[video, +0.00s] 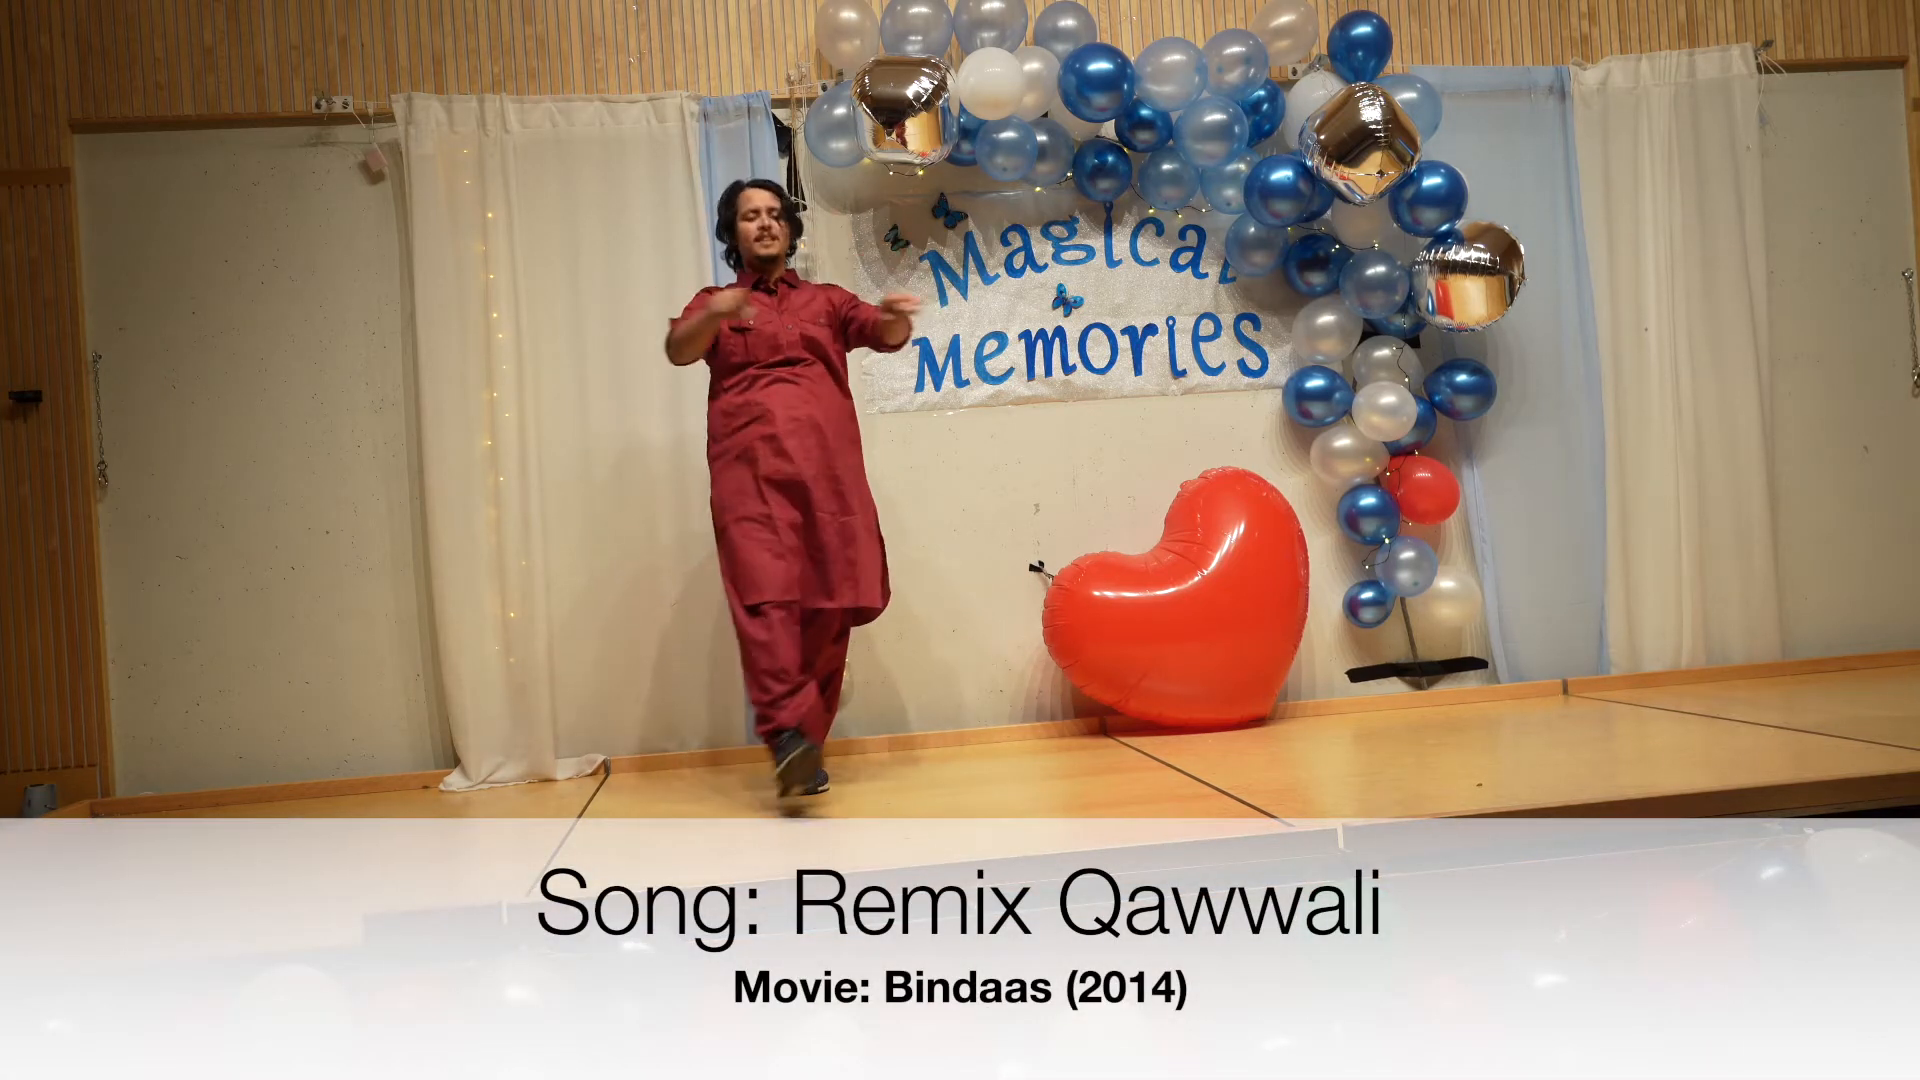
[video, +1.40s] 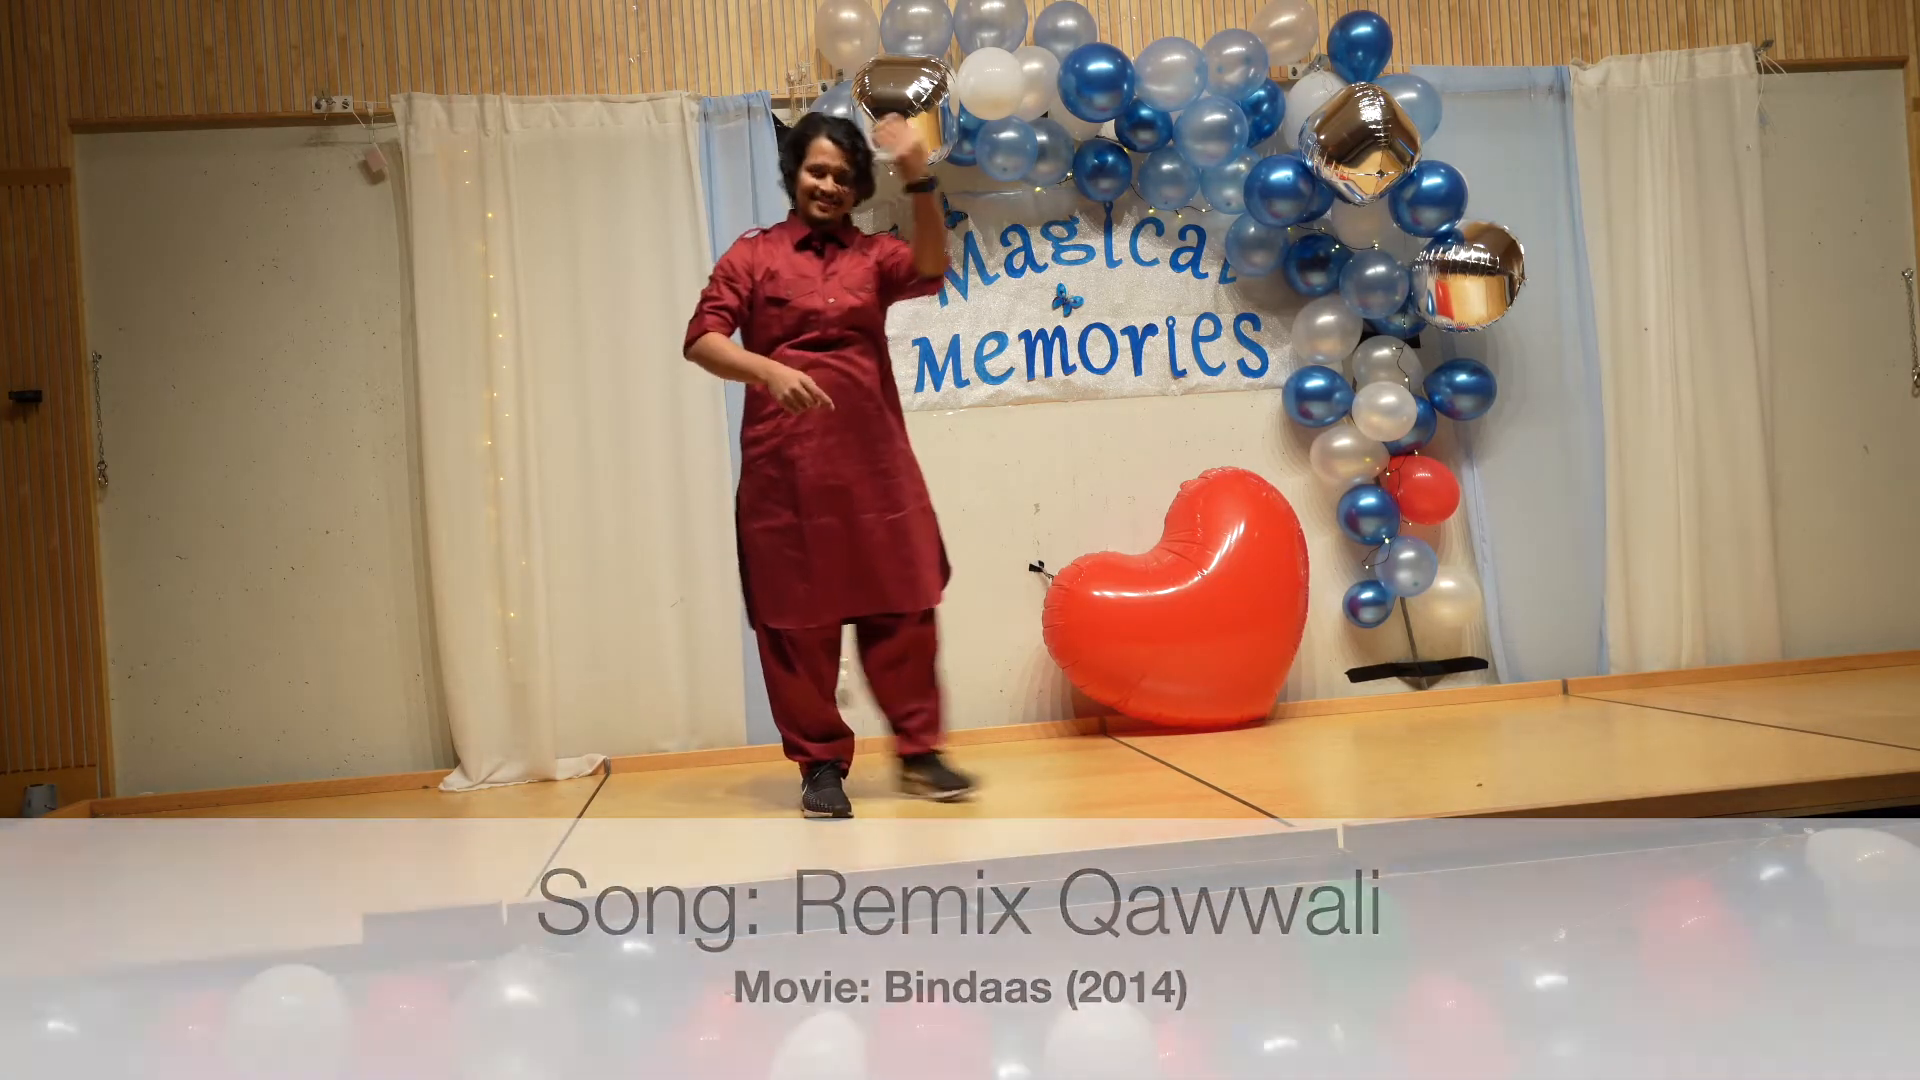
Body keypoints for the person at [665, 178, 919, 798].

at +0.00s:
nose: (764, 224)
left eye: (773, 215)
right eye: (752, 217)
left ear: (791, 229)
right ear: (732, 235)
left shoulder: (826, 299)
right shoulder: (714, 303)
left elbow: (888, 335)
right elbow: (678, 353)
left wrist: (895, 318)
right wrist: (714, 313)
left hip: (827, 471)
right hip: (750, 476)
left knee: (827, 606)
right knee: (767, 602)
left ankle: (808, 742)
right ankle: (791, 742)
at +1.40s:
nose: (827, 185)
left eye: (841, 176)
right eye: (815, 172)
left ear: (858, 185)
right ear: (792, 175)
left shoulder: (876, 252)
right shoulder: (752, 253)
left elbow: (931, 268)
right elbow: (702, 340)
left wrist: (917, 182)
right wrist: (767, 370)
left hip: (873, 456)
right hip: (785, 465)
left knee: (903, 604)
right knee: (796, 618)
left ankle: (920, 753)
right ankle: (820, 766)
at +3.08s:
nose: (1078, 114)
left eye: (1092, 102)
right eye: (1063, 100)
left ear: (1110, 118)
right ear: (1035, 112)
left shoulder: (1131, 221)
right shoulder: (991, 207)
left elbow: (1151, 327)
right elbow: (946, 316)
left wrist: (1192, 390)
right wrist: (1023, 390)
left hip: (1111, 442)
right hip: (1019, 446)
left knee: (1123, 600)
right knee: (1043, 609)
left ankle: (1064, 725)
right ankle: (1084, 776)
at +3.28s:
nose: (1086, 93)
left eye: (1100, 82)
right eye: (1069, 81)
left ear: (1120, 103)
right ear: (1042, 101)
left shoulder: (1149, 206)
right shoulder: (1004, 194)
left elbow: (1185, 298)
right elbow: (963, 298)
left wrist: (1197, 338)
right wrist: (1047, 355)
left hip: (1135, 435)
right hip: (1037, 439)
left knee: (1164, 597)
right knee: (1051, 610)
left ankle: (1167, 767)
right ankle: (1084, 782)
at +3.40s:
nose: (1097, 84)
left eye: (1110, 74)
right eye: (1081, 74)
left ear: (1131, 99)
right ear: (1052, 100)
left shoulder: (1165, 200)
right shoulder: (1019, 190)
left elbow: (1224, 293)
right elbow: (975, 277)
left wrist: (1222, 278)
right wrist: (1067, 301)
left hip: (1150, 435)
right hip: (1050, 441)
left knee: (1187, 601)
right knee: (1057, 613)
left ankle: (1228, 775)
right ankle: (1086, 782)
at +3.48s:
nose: (1108, 80)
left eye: (1121, 70)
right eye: (1091, 70)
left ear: (1142, 96)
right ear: (1062, 97)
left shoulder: (1175, 195)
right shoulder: (1030, 187)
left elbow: (1249, 274)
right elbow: (991, 263)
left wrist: (1240, 227)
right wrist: (1100, 248)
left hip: (1165, 430)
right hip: (1063, 434)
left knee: (1200, 598)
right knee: (1063, 608)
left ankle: (1238, 778)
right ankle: (1088, 782)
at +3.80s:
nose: (1160, 62)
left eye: (1172, 53)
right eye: (1141, 56)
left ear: (1195, 82)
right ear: (1113, 89)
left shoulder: (1240, 181)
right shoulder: (1090, 179)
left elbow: (1349, 224)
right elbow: (1025, 247)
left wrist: (1262, 191)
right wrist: (1126, 210)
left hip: (1234, 425)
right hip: (1130, 428)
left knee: (1245, 603)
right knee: (1112, 605)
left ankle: (1241, 781)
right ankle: (1099, 774)